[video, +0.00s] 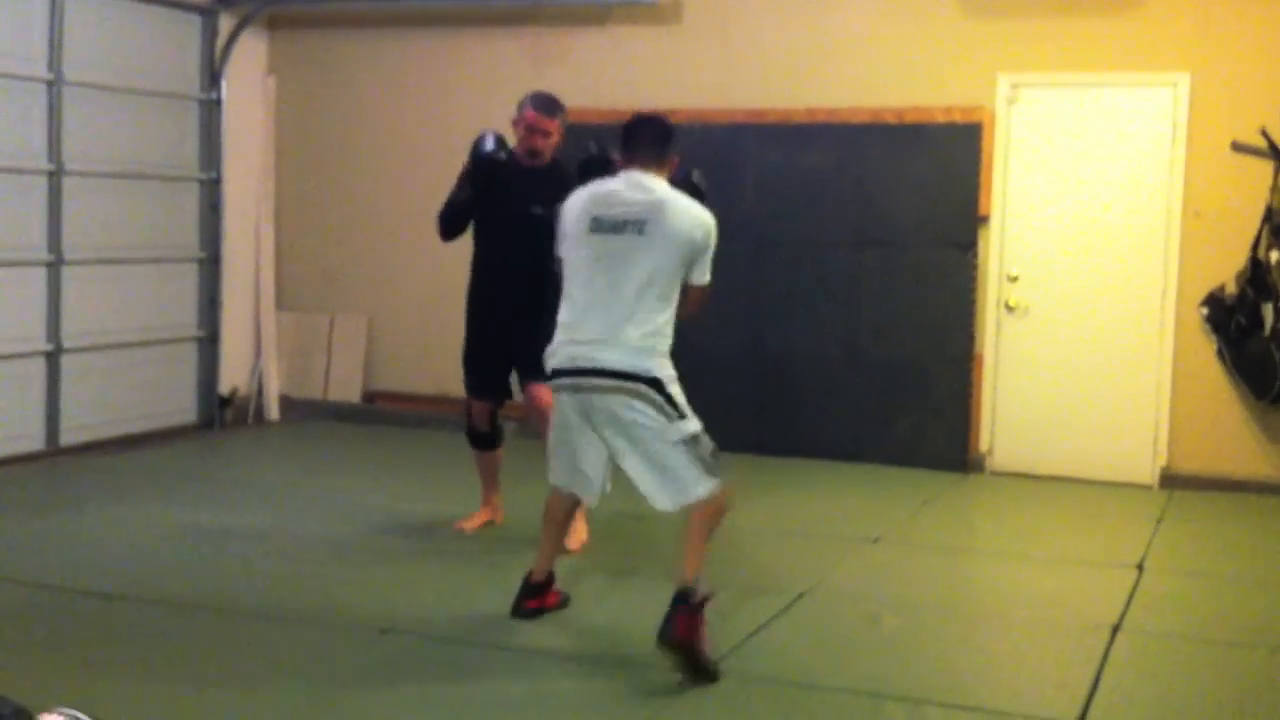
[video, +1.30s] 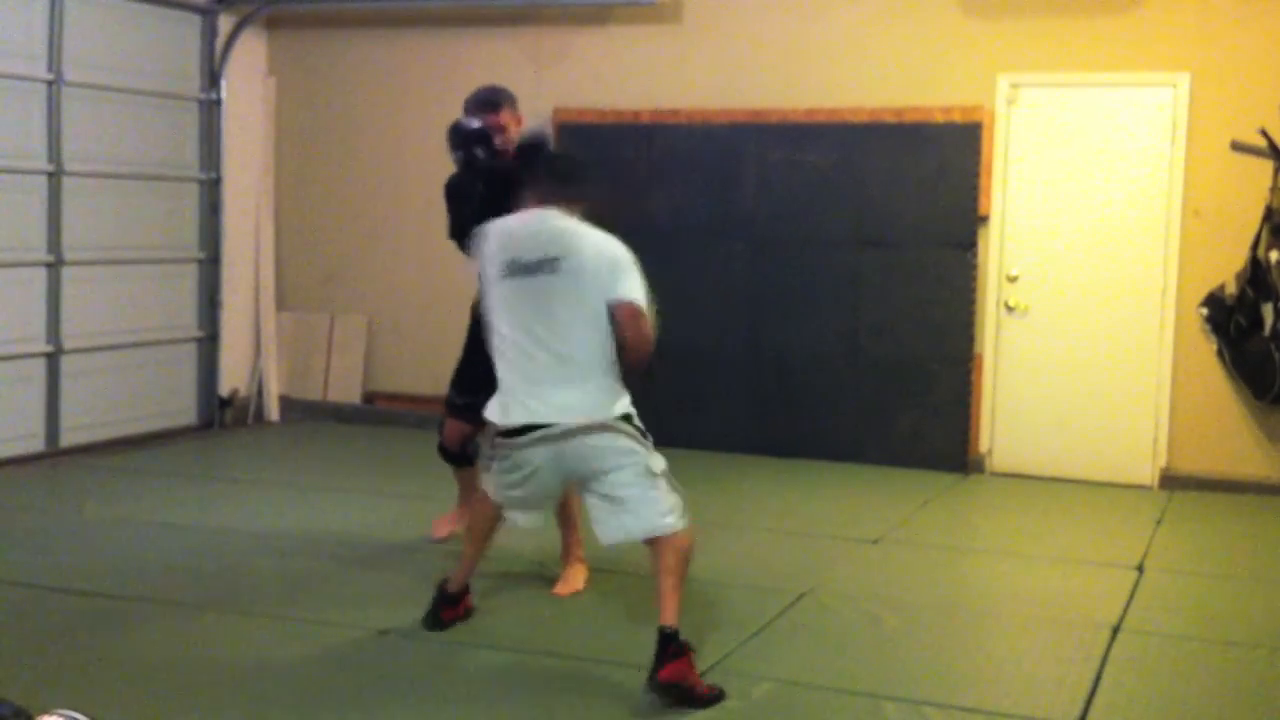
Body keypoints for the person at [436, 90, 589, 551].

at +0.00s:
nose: (535, 140)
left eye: (545, 133)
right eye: (529, 129)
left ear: (560, 135)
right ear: (515, 126)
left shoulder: (567, 182)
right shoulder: (490, 171)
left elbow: (586, 240)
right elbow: (448, 228)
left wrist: (597, 184)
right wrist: (476, 172)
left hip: (544, 307)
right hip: (490, 305)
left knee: (543, 401)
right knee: (480, 409)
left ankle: (572, 507)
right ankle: (490, 503)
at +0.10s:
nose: (531, 141)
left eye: (541, 133)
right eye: (524, 130)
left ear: (553, 134)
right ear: (506, 126)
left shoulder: (565, 184)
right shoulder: (482, 173)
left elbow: (580, 247)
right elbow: (456, 236)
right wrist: (480, 176)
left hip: (543, 309)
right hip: (490, 308)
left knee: (541, 398)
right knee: (481, 409)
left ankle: (571, 511)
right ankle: (490, 505)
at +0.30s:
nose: (525, 142)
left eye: (534, 133)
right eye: (517, 133)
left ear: (549, 132)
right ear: (501, 133)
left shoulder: (571, 175)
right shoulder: (487, 174)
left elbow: (592, 237)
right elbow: (462, 246)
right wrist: (485, 187)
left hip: (552, 312)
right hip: (497, 311)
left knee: (546, 418)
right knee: (483, 414)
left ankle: (571, 534)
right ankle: (492, 506)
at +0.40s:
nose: (526, 138)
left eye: (534, 129)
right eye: (517, 130)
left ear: (548, 127)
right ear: (501, 129)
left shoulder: (565, 174)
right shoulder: (488, 173)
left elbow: (581, 232)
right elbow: (469, 247)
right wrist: (489, 185)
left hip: (554, 307)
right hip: (503, 307)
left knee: (548, 419)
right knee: (483, 419)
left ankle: (573, 534)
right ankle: (490, 504)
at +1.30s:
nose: (491, 135)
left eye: (498, 124)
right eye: (482, 127)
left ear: (517, 121)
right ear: (469, 130)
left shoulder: (536, 165)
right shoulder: (464, 182)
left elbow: (552, 219)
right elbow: (465, 240)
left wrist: (511, 163)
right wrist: (469, 171)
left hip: (547, 316)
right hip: (493, 318)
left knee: (557, 436)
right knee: (456, 435)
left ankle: (574, 557)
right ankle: (468, 503)